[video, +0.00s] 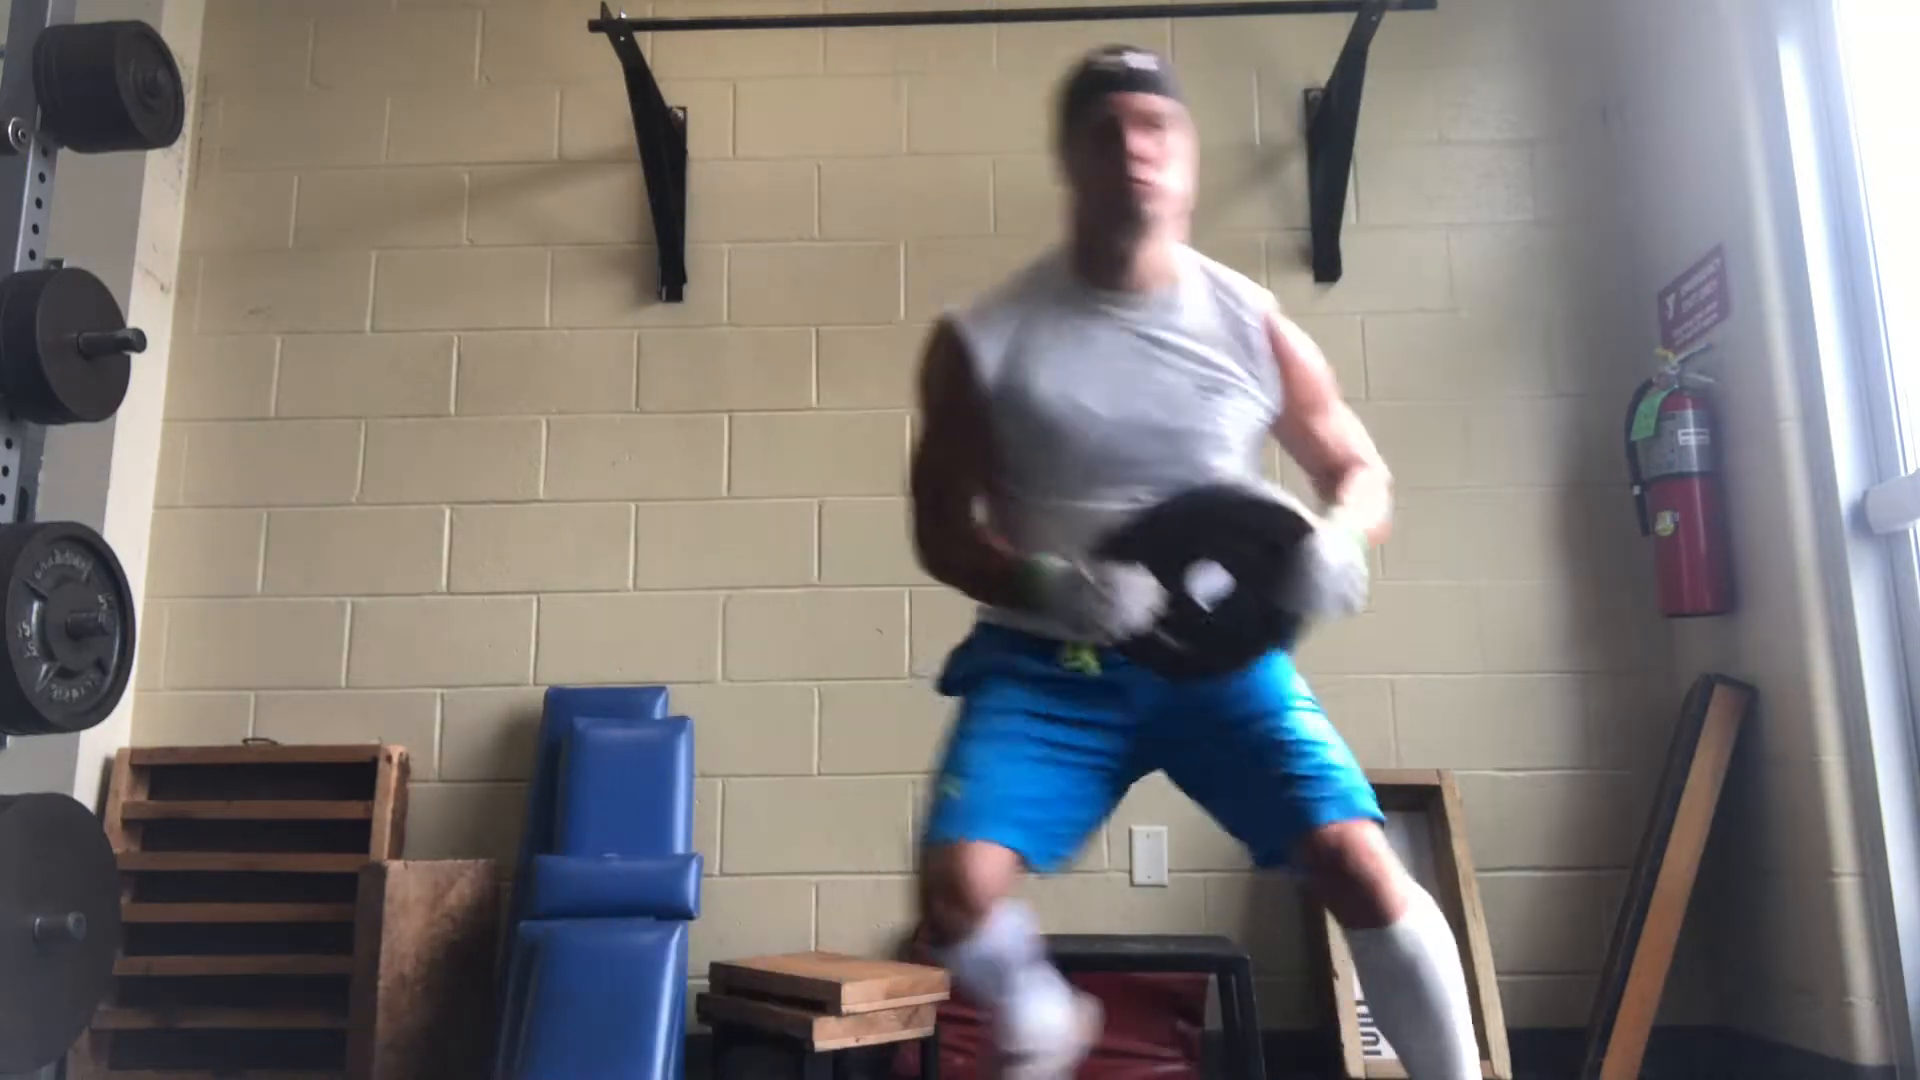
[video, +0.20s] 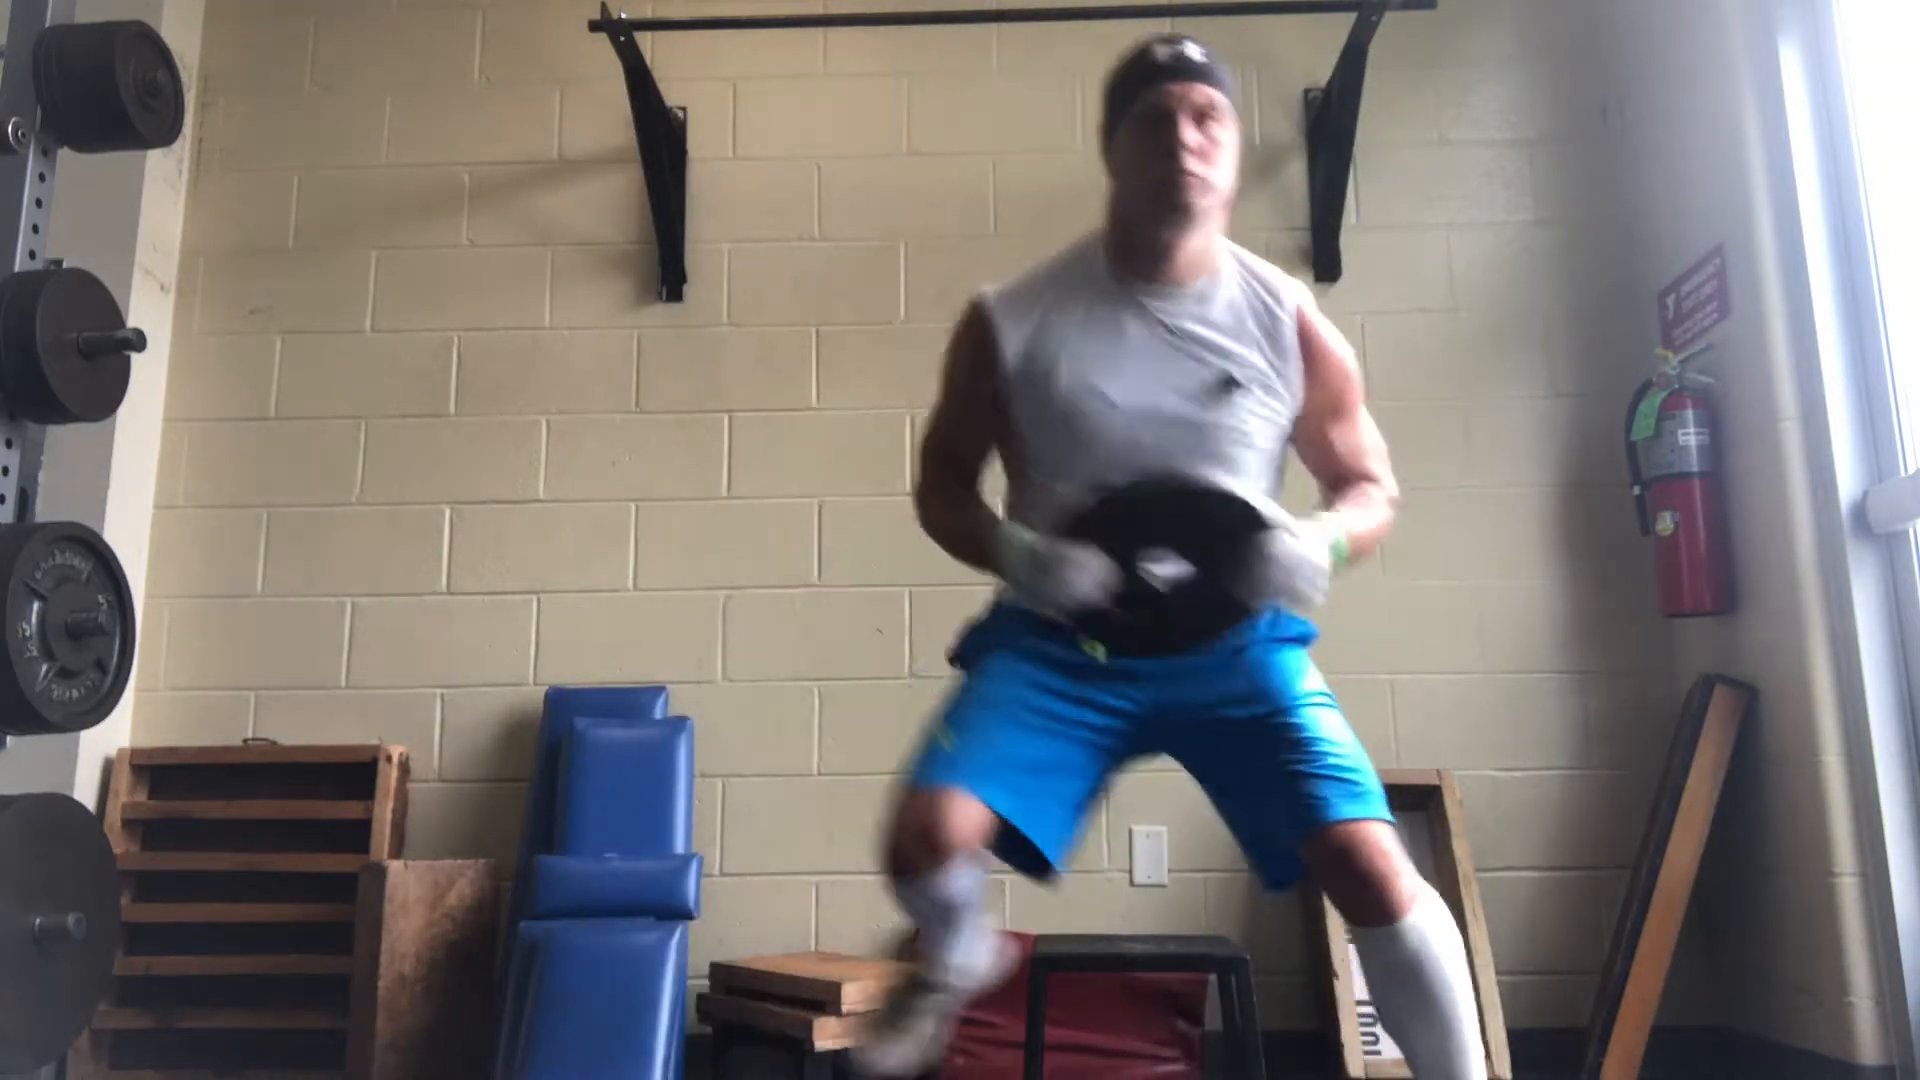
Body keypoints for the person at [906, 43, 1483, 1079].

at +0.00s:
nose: (1138, 150)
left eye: (1158, 128)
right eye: (1111, 131)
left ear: (1191, 161)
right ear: (1068, 163)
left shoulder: (1252, 328)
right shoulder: (982, 342)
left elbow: (1362, 475)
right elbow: (944, 534)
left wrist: (1340, 541)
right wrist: (1052, 587)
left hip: (1224, 664)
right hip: (1049, 669)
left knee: (1357, 863)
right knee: (958, 883)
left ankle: (1457, 1072)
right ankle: (1051, 1034)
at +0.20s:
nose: (1186, 136)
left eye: (1208, 120)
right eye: (1157, 119)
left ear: (1235, 160)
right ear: (1110, 153)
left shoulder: (1292, 328)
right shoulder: (1009, 325)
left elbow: (1372, 489)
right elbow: (942, 494)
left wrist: (1320, 541)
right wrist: (1014, 556)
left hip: (1241, 651)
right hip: (1059, 650)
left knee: (1371, 866)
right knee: (927, 834)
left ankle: (1461, 1074)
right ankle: (955, 964)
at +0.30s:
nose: (1097, 91)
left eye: (1119, 72)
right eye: (1071, 73)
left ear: (1158, 105)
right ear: (1032, 103)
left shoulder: (1212, 265)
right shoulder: (943, 273)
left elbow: (1318, 452)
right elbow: (867, 420)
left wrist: (1195, 480)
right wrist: (939, 481)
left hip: (1164, 611)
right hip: (986, 593)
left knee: (1293, 851)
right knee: (827, 739)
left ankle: (1441, 1074)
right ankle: (784, 985)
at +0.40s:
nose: (981, 67)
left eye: (1008, 42)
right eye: (955, 45)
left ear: (1048, 70)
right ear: (922, 73)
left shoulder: (1111, 234)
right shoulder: (850, 256)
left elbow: (1220, 433)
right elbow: (795, 405)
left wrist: (1061, 459)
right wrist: (823, 436)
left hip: (1081, 593)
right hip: (897, 581)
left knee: (1198, 824)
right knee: (754, 789)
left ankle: (1301, 1074)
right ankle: (613, 1060)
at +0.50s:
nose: (874, 109)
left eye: (897, 86)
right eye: (849, 91)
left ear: (936, 111)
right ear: (816, 123)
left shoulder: (1019, 272)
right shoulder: (762, 308)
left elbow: (1126, 476)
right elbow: (722, 478)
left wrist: (974, 504)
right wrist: (726, 501)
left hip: (995, 634)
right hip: (820, 635)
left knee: (1094, 872)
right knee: (685, 878)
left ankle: (1027, 1040)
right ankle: (584, 1078)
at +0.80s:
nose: (847, 125)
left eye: (870, 99)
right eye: (819, 106)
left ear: (911, 124)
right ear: (790, 141)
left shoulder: (1008, 275)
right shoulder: (747, 332)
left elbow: (1174, 427)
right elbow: (740, 492)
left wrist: (1054, 504)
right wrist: (807, 528)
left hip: (1013, 626)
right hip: (833, 643)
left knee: (1132, 827)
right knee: (695, 876)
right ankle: (588, 1075)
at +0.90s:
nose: (975, 77)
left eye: (996, 52)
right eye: (947, 57)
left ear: (1040, 80)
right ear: (913, 89)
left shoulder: (1128, 238)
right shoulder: (843, 275)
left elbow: (1274, 388)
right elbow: (807, 441)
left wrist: (1194, 450)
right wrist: (879, 464)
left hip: (1104, 577)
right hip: (925, 596)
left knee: (1249, 781)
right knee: (788, 844)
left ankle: (1416, 1053)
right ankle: (669, 1071)